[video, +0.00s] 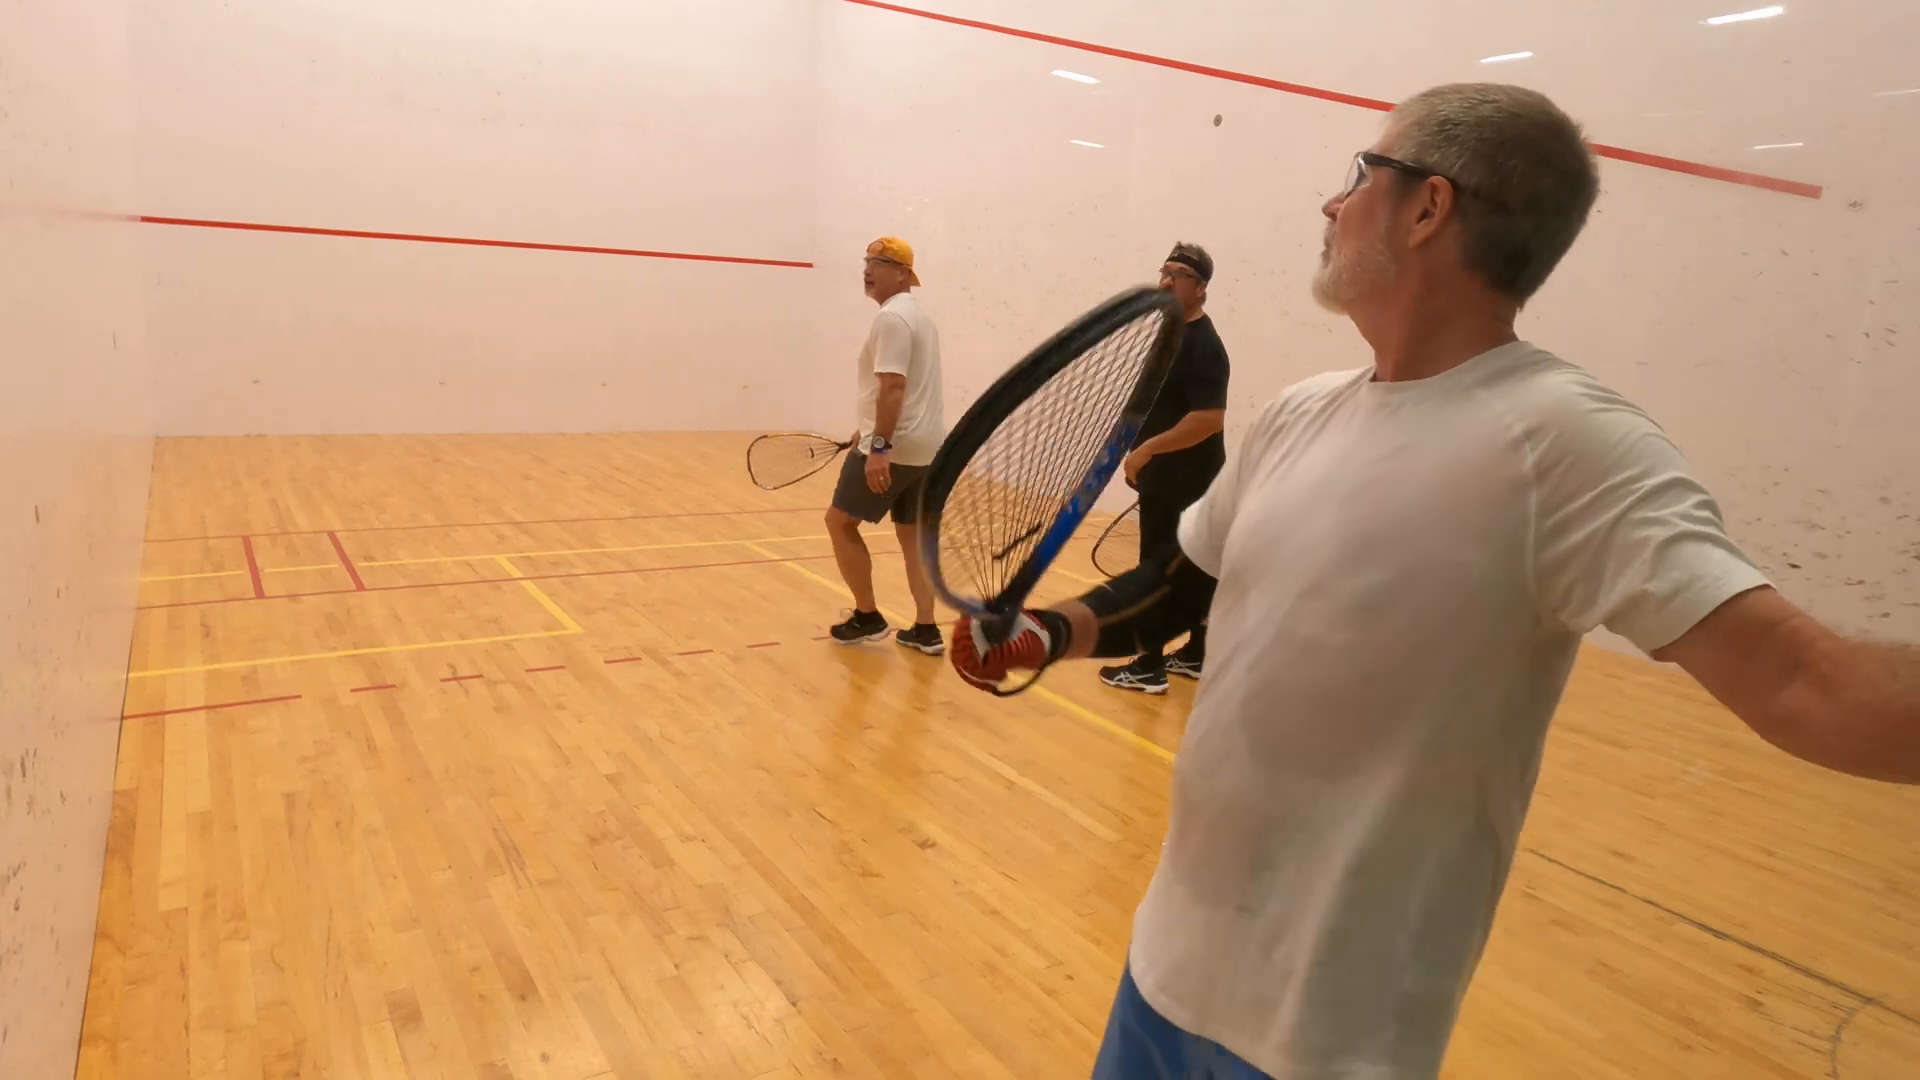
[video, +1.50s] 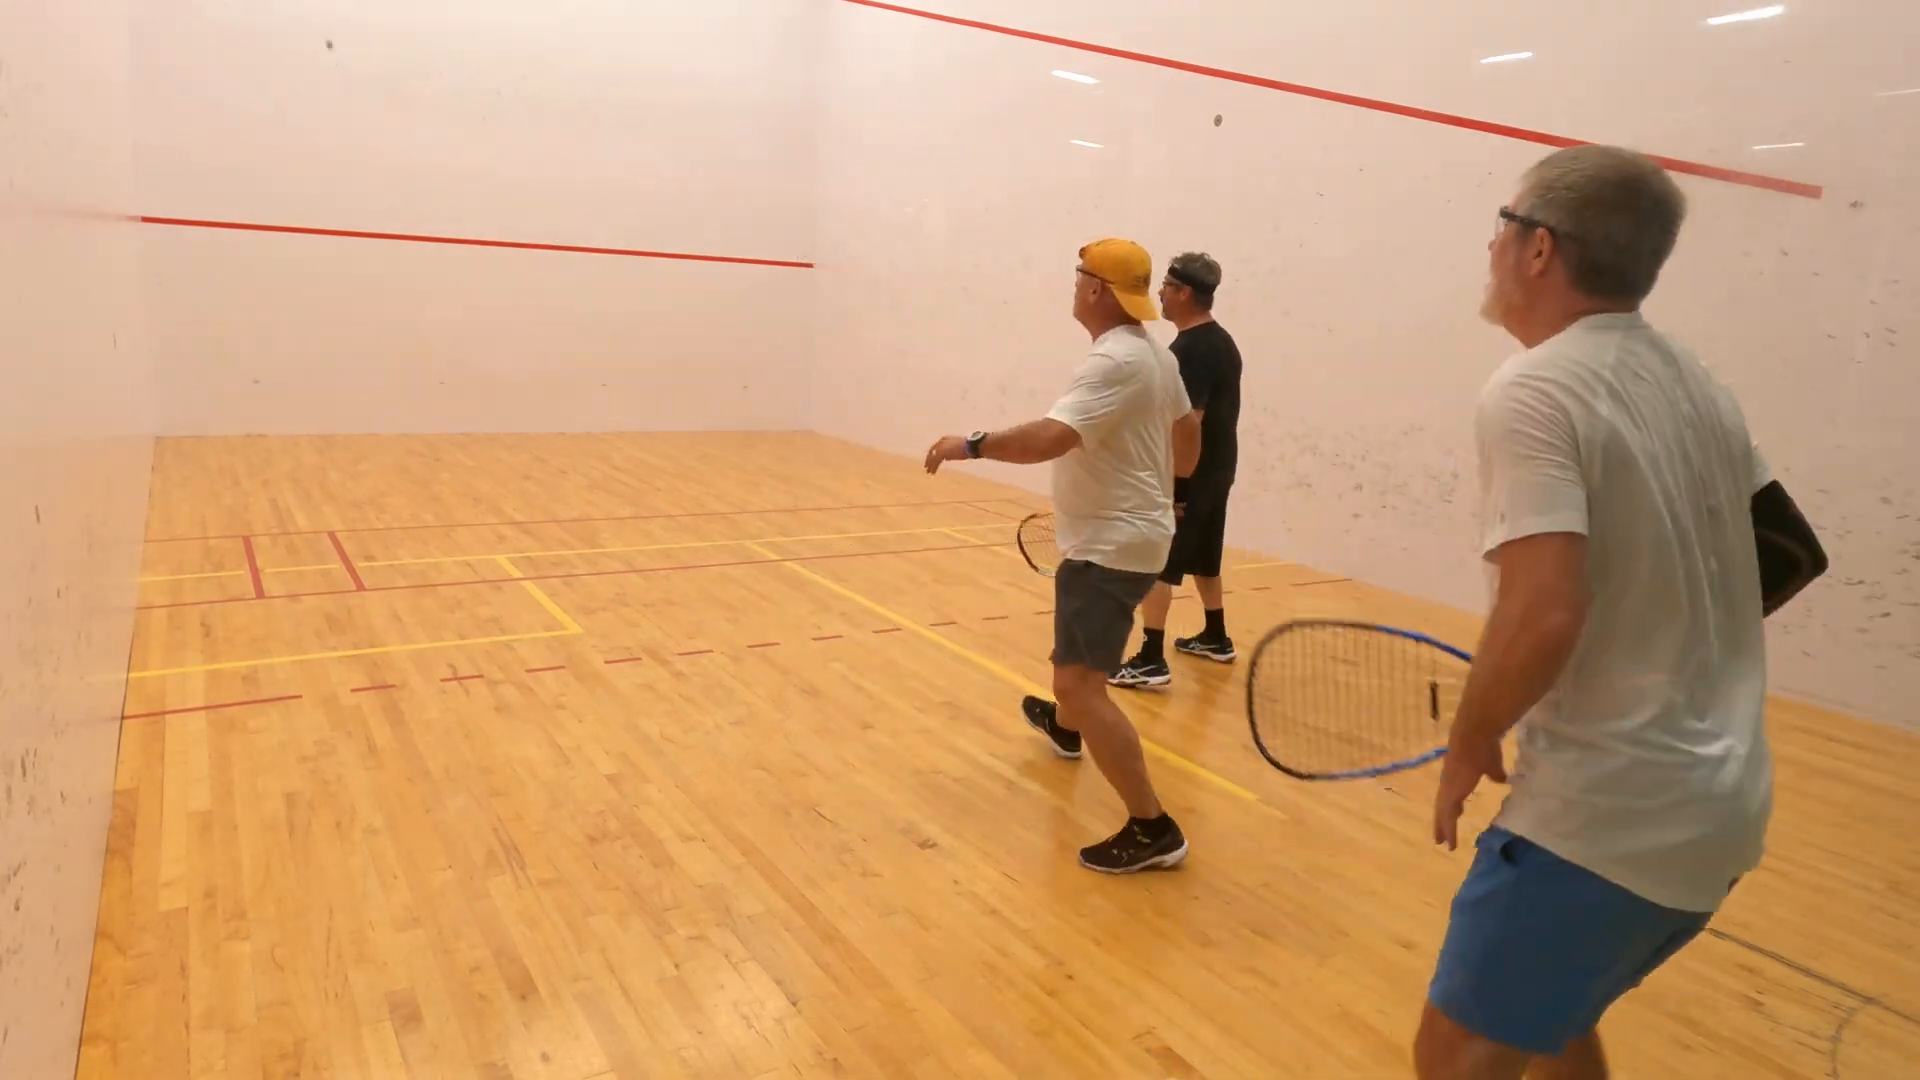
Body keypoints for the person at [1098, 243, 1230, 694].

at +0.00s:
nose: (1168, 282)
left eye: (1179, 277)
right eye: (1166, 274)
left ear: (1201, 290)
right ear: (1161, 281)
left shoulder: (1203, 344)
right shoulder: (1170, 334)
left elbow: (1210, 418)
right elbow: (1153, 400)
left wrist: (1148, 448)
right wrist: (1131, 438)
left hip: (1185, 471)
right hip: (1171, 466)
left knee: (1157, 563)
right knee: (1199, 558)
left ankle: (1148, 663)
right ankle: (1197, 649)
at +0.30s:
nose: (1167, 281)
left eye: (1180, 276)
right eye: (1166, 272)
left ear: (1202, 291)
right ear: (1159, 279)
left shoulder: (1195, 347)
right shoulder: (1169, 338)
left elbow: (1185, 418)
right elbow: (1150, 406)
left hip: (1174, 478)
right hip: (1162, 472)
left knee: (1152, 570)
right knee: (1159, 568)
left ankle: (1152, 659)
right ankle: (1157, 656)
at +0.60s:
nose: (1161, 281)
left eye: (1175, 276)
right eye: (1160, 272)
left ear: (1197, 293)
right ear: (1155, 277)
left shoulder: (1192, 343)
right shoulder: (1168, 334)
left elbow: (1186, 418)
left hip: (1161, 478)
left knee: (1140, 567)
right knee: (1188, 562)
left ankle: (1145, 652)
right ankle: (1199, 644)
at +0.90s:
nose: (1137, 275)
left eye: (1147, 271)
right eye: (1142, 268)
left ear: (1171, 286)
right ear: (1172, 288)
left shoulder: (1172, 341)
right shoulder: (1187, 334)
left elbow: (1175, 413)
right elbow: (1175, 412)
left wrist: (1119, 444)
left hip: (1155, 473)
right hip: (1178, 469)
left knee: (1142, 567)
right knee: (1172, 556)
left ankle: (1149, 663)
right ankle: (1192, 640)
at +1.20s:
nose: (1141, 279)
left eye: (1149, 275)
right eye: (1146, 273)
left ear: (1166, 288)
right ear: (1179, 291)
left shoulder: (1168, 343)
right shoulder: (1201, 339)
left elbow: (1160, 418)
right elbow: (1198, 415)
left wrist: (1111, 442)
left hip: (1157, 476)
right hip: (1191, 475)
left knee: (1143, 565)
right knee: (1190, 551)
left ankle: (1148, 664)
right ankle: (1206, 630)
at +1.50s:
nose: (1160, 291)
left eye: (1167, 285)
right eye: (1163, 284)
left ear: (1187, 294)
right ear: (1197, 295)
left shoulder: (1190, 348)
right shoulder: (1220, 342)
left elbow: (1189, 421)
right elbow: (1214, 417)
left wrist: (1172, 487)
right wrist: (1189, 473)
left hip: (1188, 478)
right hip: (1214, 476)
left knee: (1159, 565)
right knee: (1204, 556)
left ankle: (1150, 657)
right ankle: (1216, 635)